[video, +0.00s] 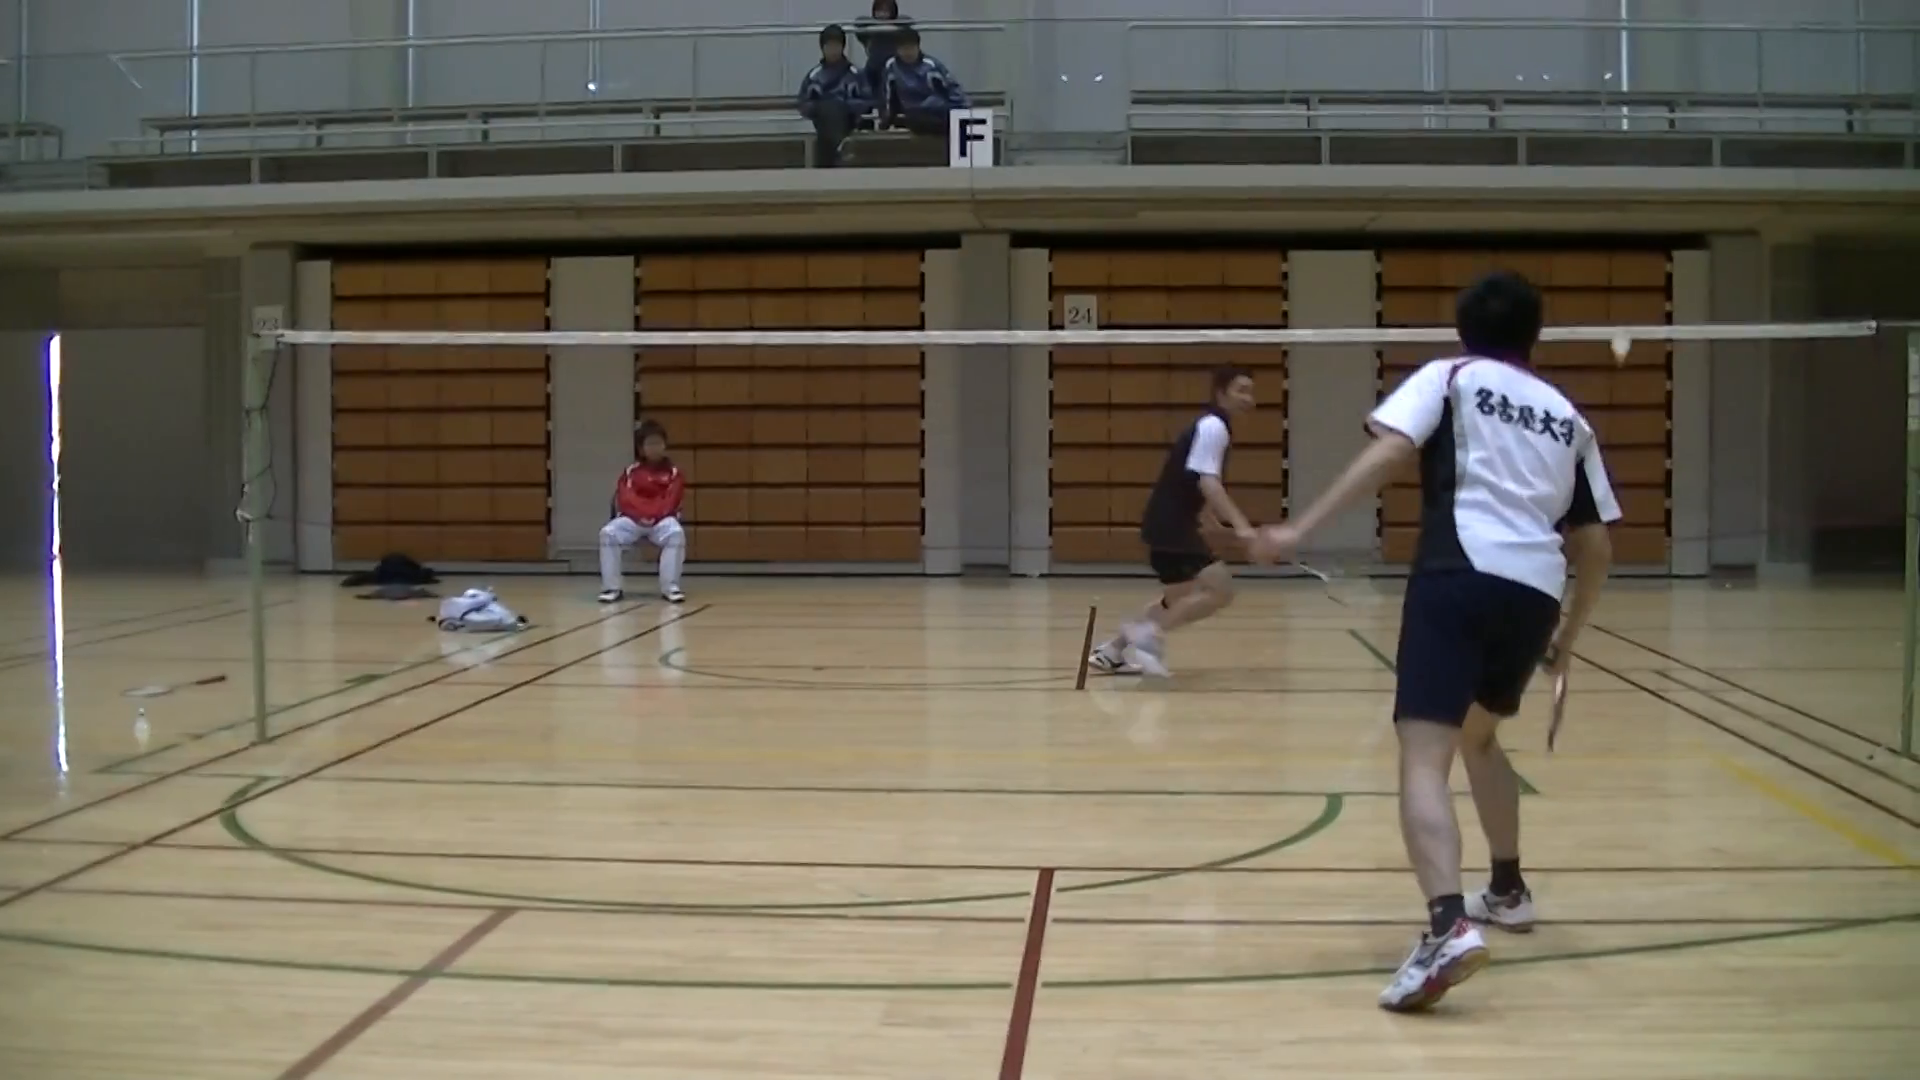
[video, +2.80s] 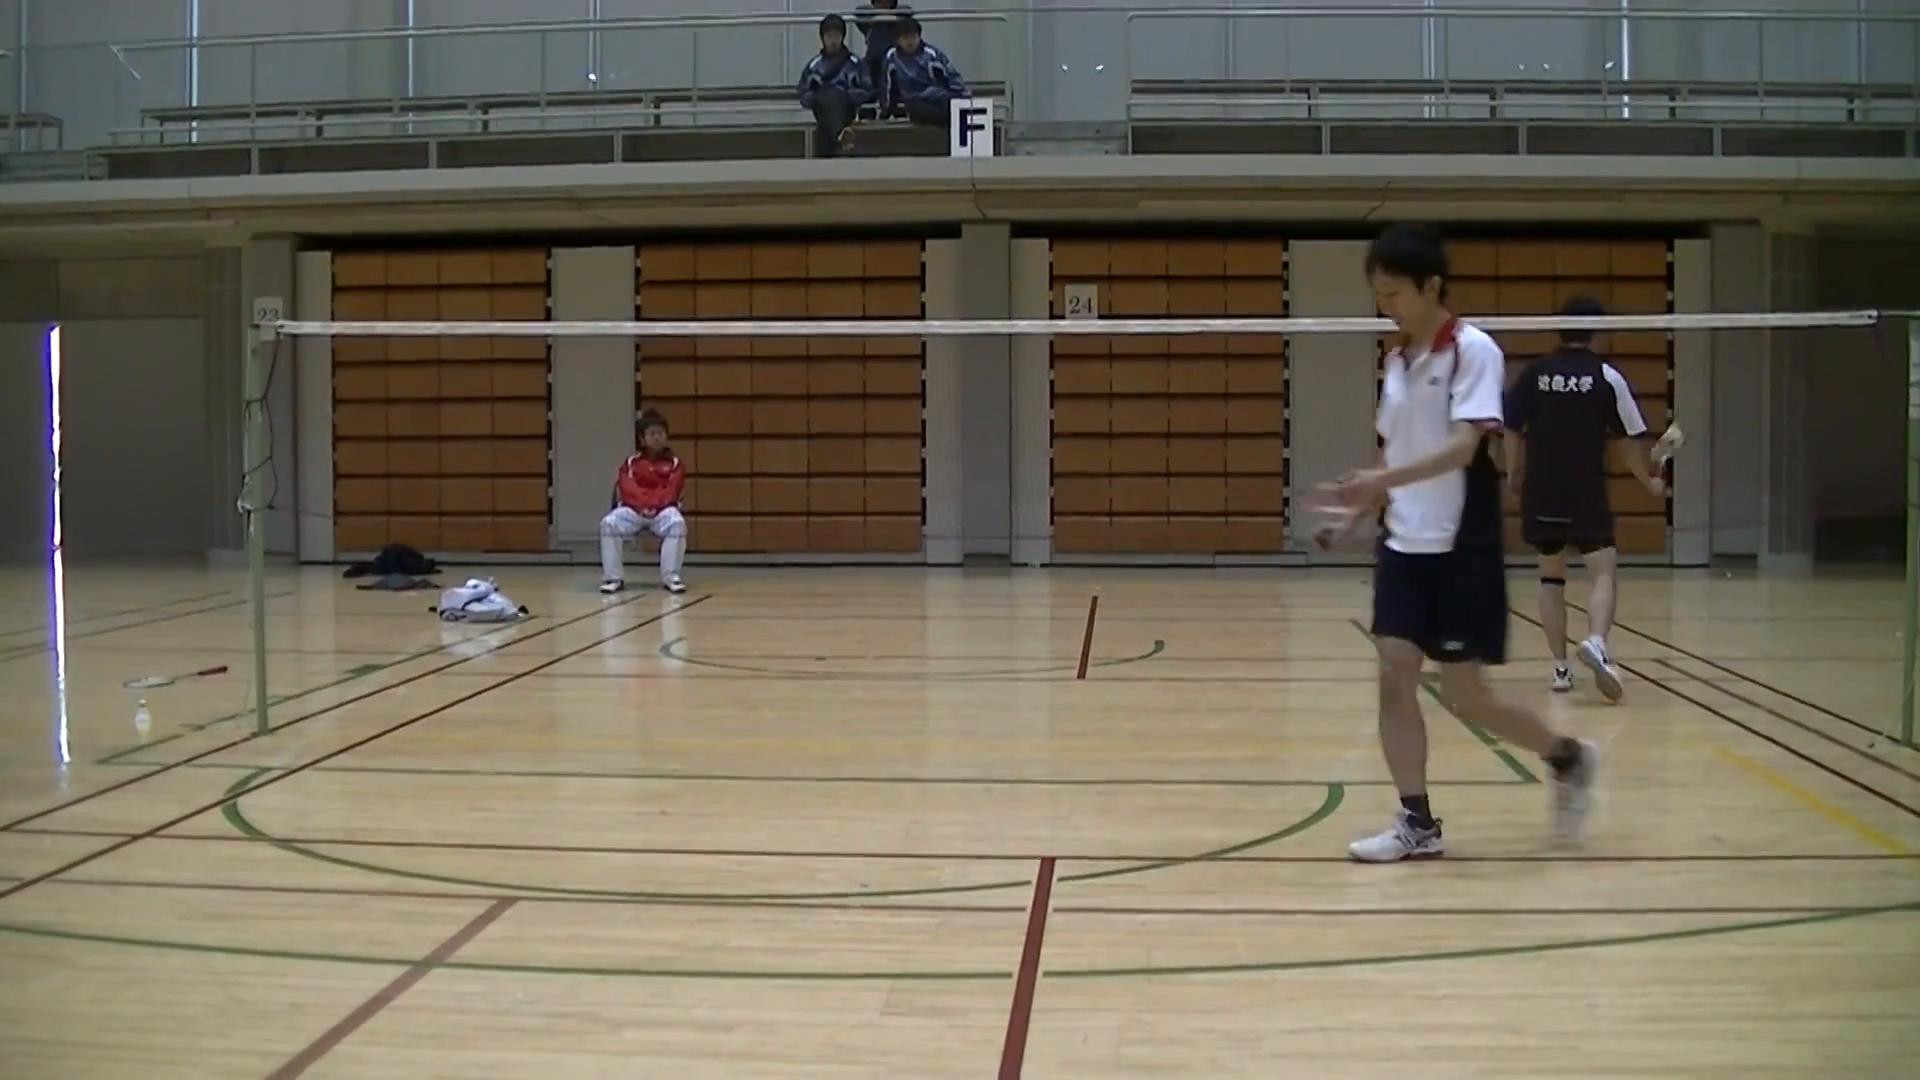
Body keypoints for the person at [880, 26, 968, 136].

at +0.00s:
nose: (908, 53)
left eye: (911, 48)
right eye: (904, 49)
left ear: (918, 48)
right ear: (897, 50)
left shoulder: (932, 65)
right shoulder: (892, 67)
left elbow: (951, 87)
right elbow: (888, 96)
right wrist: (886, 120)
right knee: (933, 102)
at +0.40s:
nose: (905, 54)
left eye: (908, 49)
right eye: (900, 50)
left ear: (915, 49)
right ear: (894, 52)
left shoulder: (929, 67)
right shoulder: (888, 70)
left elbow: (948, 89)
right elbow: (884, 98)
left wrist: (961, 108)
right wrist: (883, 123)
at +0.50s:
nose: (906, 54)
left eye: (909, 49)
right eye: (901, 50)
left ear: (916, 49)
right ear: (895, 52)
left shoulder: (930, 66)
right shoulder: (888, 70)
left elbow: (948, 89)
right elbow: (884, 99)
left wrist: (961, 108)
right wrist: (884, 123)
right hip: (910, 115)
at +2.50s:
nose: (910, 52)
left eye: (913, 47)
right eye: (905, 48)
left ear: (919, 47)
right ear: (898, 50)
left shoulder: (932, 63)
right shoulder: (892, 67)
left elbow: (951, 86)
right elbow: (886, 95)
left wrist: (965, 106)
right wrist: (886, 120)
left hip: (940, 107)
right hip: (913, 112)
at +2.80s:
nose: (910, 42)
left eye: (913, 37)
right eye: (905, 38)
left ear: (919, 37)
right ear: (898, 40)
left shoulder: (932, 54)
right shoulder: (892, 58)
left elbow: (951, 77)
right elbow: (888, 86)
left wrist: (964, 96)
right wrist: (886, 112)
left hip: (941, 98)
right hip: (915, 103)